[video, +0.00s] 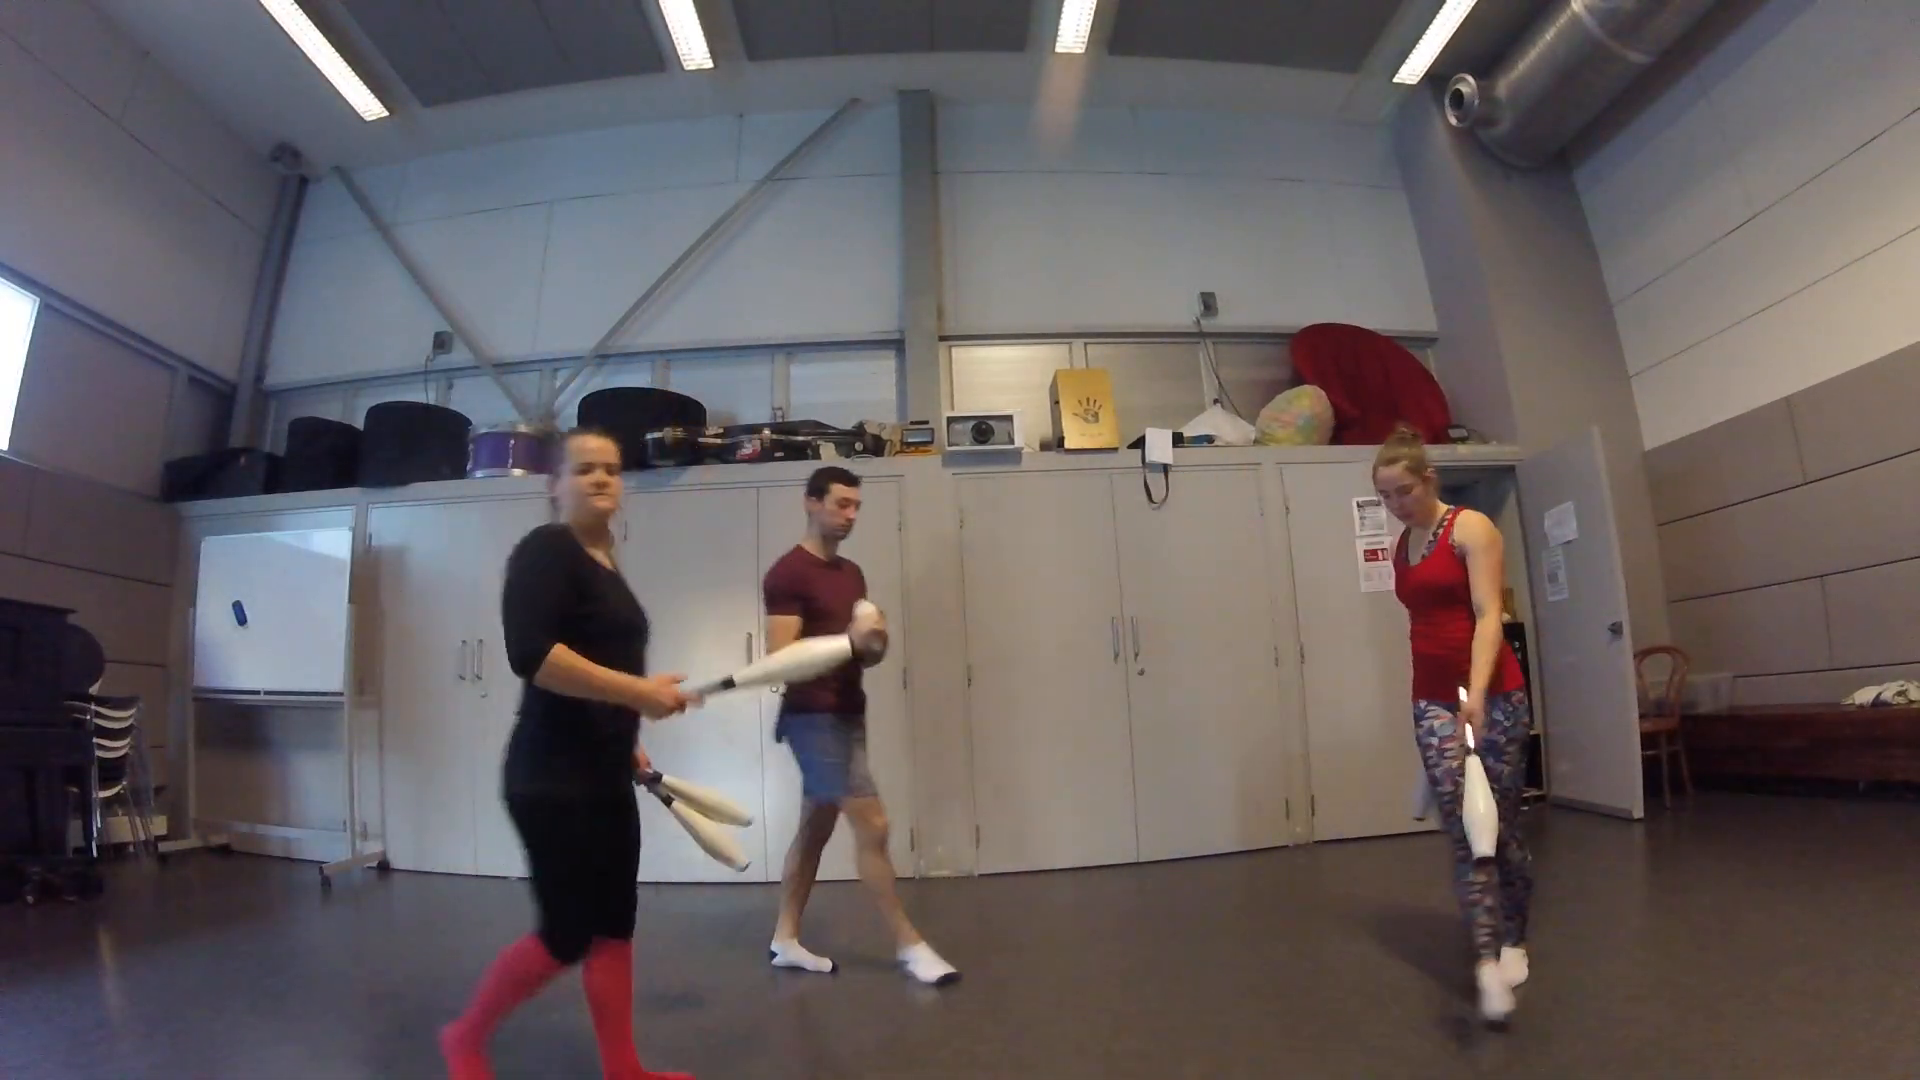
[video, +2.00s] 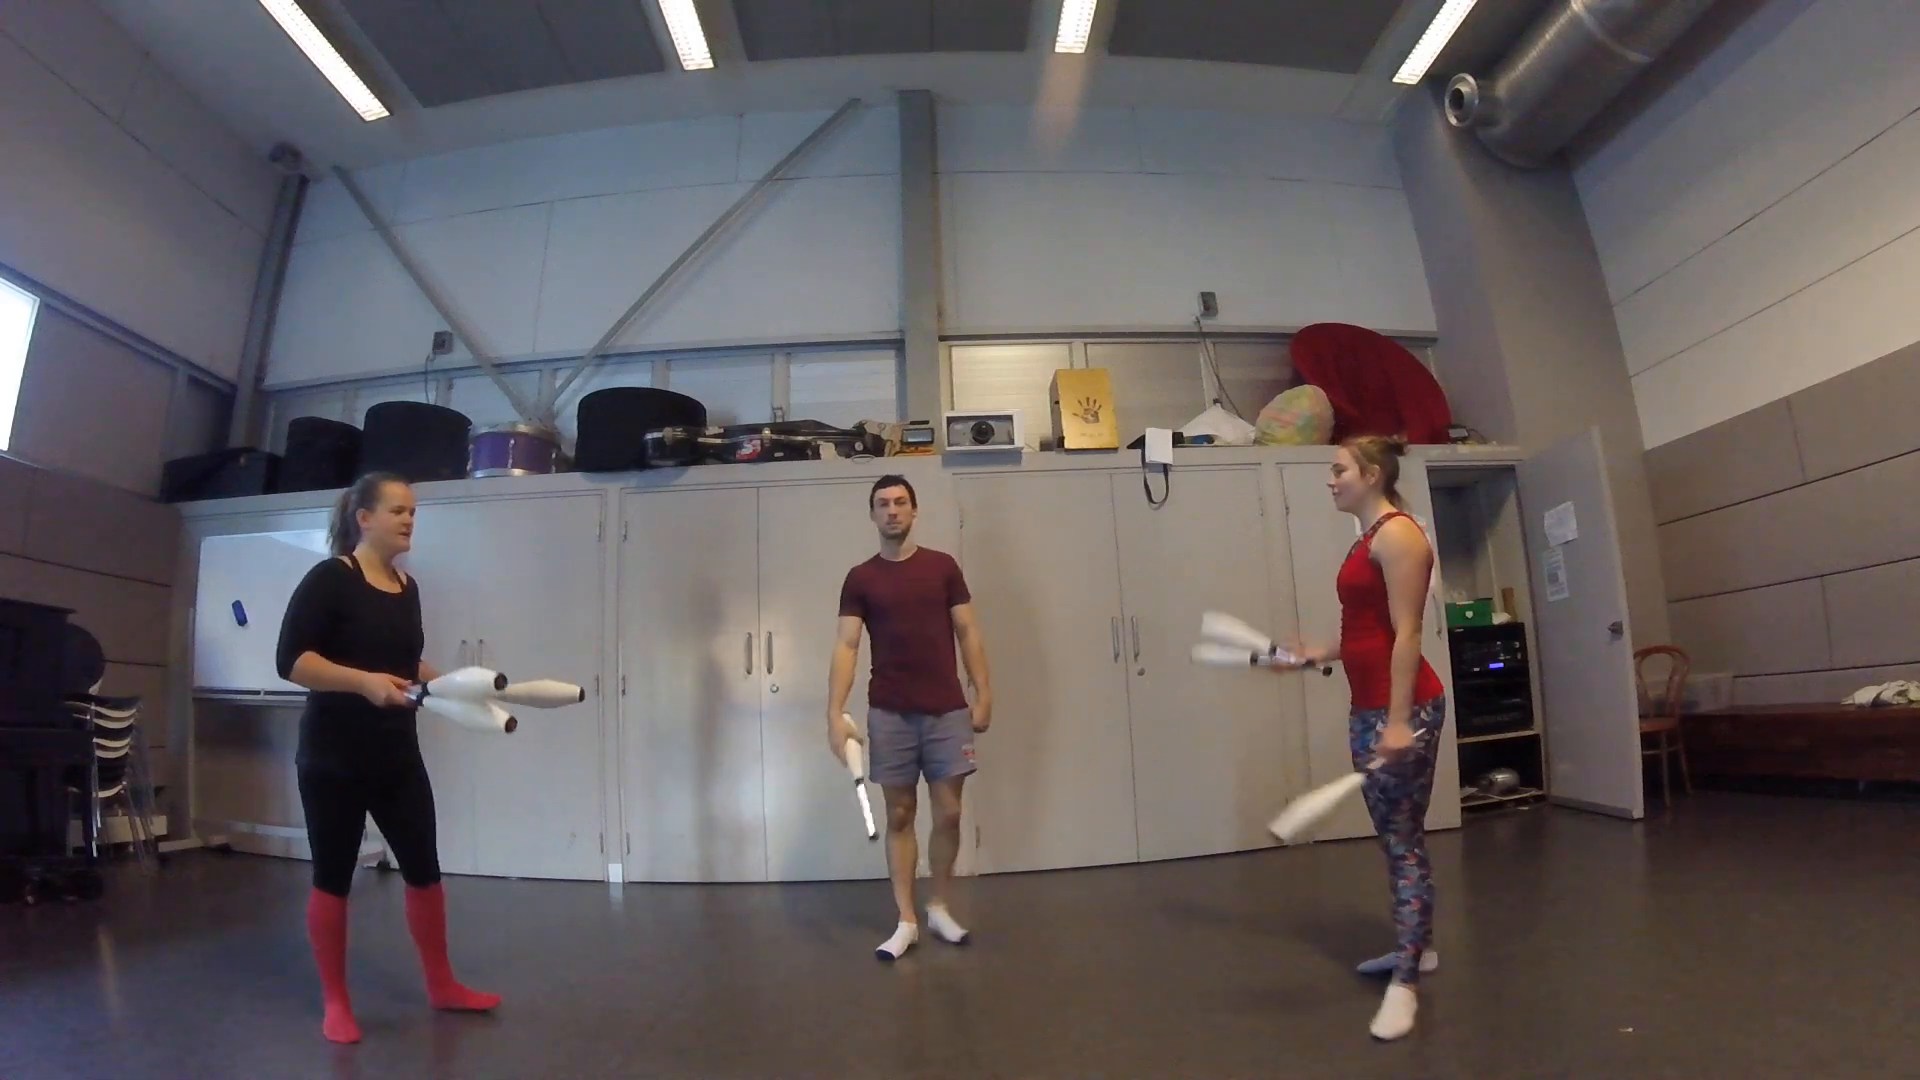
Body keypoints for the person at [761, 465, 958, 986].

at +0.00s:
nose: (850, 514)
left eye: (855, 506)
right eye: (842, 504)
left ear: (855, 511)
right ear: (812, 504)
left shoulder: (850, 573)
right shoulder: (788, 574)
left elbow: (870, 651)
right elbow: (778, 661)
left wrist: (873, 638)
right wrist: (846, 644)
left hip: (847, 715)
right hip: (811, 718)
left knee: (814, 830)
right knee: (872, 825)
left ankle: (785, 939)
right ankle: (909, 944)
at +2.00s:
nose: (893, 511)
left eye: (900, 503)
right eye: (884, 505)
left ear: (914, 511)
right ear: (873, 516)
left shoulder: (943, 566)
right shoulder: (861, 578)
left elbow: (967, 630)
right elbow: (846, 645)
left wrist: (984, 694)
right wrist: (835, 713)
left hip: (946, 708)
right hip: (890, 712)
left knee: (950, 815)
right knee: (899, 817)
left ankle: (939, 907)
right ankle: (906, 921)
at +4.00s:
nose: (886, 500)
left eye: (895, 494)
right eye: (877, 494)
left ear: (909, 507)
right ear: (864, 507)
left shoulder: (932, 568)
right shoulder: (844, 574)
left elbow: (953, 641)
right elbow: (831, 651)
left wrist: (968, 710)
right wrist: (821, 726)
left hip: (931, 717)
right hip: (871, 721)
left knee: (939, 825)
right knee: (886, 826)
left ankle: (939, 937)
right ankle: (899, 921)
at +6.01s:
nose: (974, 445)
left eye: (973, 434)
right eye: (966, 433)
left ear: (932, 435)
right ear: (928, 435)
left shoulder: (934, 513)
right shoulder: (907, 514)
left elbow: (957, 604)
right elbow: (959, 629)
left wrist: (1018, 613)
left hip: (966, 710)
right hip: (915, 715)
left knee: (977, 858)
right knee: (904, 869)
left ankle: (991, 999)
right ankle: (852, 1010)